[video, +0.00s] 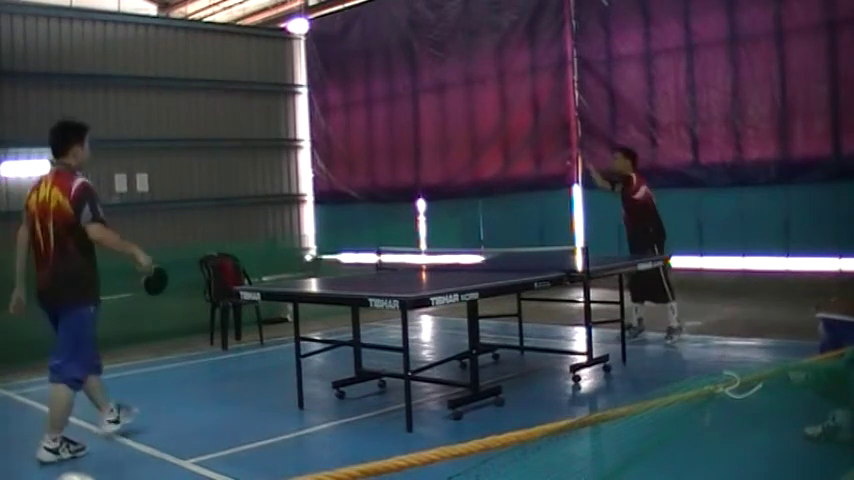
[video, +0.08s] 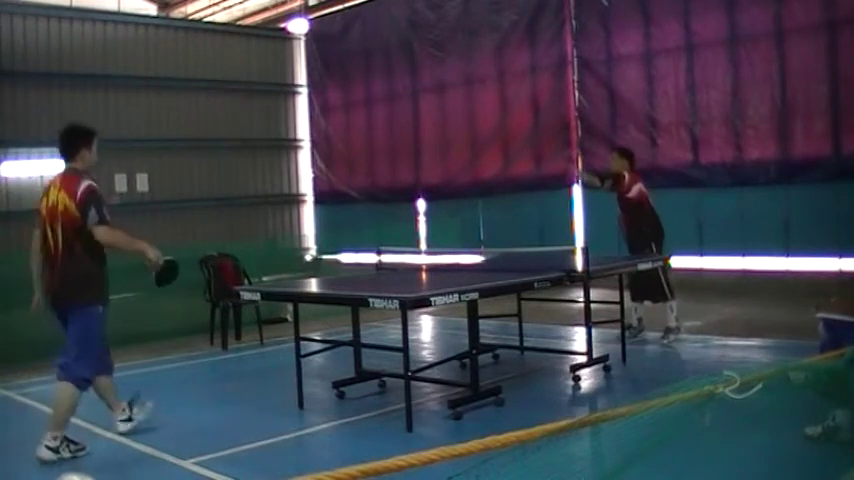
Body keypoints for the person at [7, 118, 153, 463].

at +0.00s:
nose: (88, 152)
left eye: (87, 145)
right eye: (86, 146)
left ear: (58, 150)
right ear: (74, 149)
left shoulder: (38, 189)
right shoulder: (78, 187)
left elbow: (24, 236)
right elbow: (95, 231)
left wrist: (18, 286)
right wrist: (134, 251)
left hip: (48, 289)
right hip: (77, 290)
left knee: (85, 356)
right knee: (69, 365)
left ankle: (109, 414)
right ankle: (52, 441)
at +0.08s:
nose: (95, 155)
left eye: (94, 149)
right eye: (94, 150)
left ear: (66, 153)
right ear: (84, 152)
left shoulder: (51, 188)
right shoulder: (85, 188)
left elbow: (38, 242)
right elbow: (101, 232)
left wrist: (38, 287)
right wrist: (144, 247)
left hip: (58, 289)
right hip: (86, 292)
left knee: (97, 356)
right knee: (79, 364)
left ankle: (122, 413)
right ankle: (53, 440)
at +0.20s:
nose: (110, 157)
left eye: (109, 151)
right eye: (108, 151)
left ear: (83, 155)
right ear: (96, 154)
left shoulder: (69, 187)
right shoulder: (96, 188)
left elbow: (67, 241)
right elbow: (106, 234)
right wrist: (150, 249)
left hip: (82, 289)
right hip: (103, 290)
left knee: (109, 356)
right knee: (99, 363)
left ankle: (130, 414)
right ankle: (59, 428)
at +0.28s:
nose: (119, 157)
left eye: (118, 151)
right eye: (117, 151)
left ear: (94, 152)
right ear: (105, 152)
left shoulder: (82, 182)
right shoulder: (101, 186)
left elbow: (90, 234)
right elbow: (109, 233)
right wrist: (151, 251)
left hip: (90, 284)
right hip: (110, 286)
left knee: (110, 352)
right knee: (122, 358)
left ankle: (130, 415)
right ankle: (73, 415)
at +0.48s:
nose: (142, 156)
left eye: (141, 150)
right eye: (139, 150)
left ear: (119, 151)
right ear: (127, 151)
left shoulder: (113, 182)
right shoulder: (112, 185)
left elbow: (118, 233)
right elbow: (111, 233)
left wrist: (143, 263)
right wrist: (154, 250)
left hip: (116, 279)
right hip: (120, 280)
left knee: (122, 346)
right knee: (150, 345)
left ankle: (127, 410)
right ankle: (125, 412)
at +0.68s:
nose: (158, 159)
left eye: (158, 153)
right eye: (156, 153)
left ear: (140, 153)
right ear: (143, 153)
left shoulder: (136, 185)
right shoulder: (124, 187)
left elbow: (138, 232)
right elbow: (122, 236)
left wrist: (168, 244)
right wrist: (166, 243)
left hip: (136, 282)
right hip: (135, 285)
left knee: (129, 351)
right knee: (157, 353)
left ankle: (131, 416)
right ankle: (176, 425)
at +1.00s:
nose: (193, 161)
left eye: (193, 155)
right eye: (192, 155)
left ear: (166, 154)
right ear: (179, 156)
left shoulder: (148, 182)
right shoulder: (164, 192)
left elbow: (127, 223)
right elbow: (162, 242)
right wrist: (204, 247)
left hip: (145, 283)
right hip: (162, 286)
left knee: (159, 344)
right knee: (186, 353)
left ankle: (140, 402)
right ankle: (183, 430)